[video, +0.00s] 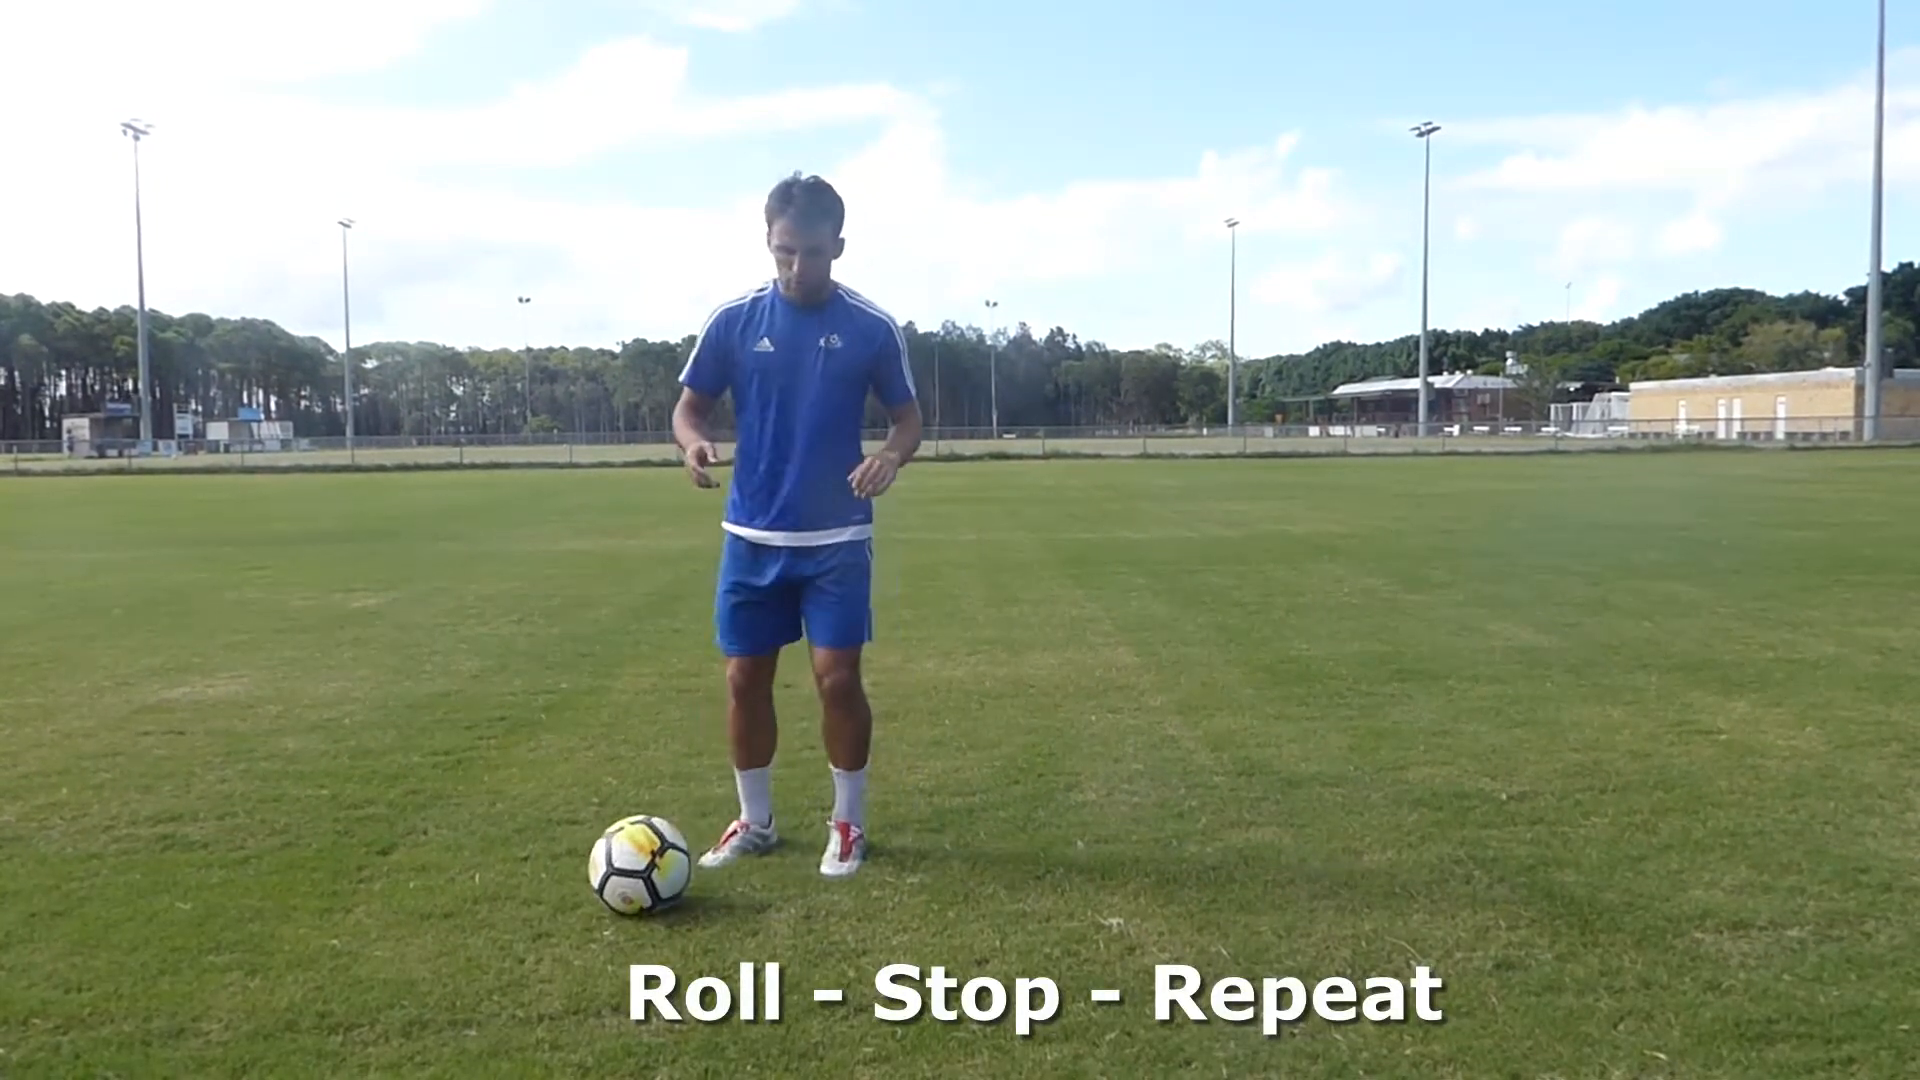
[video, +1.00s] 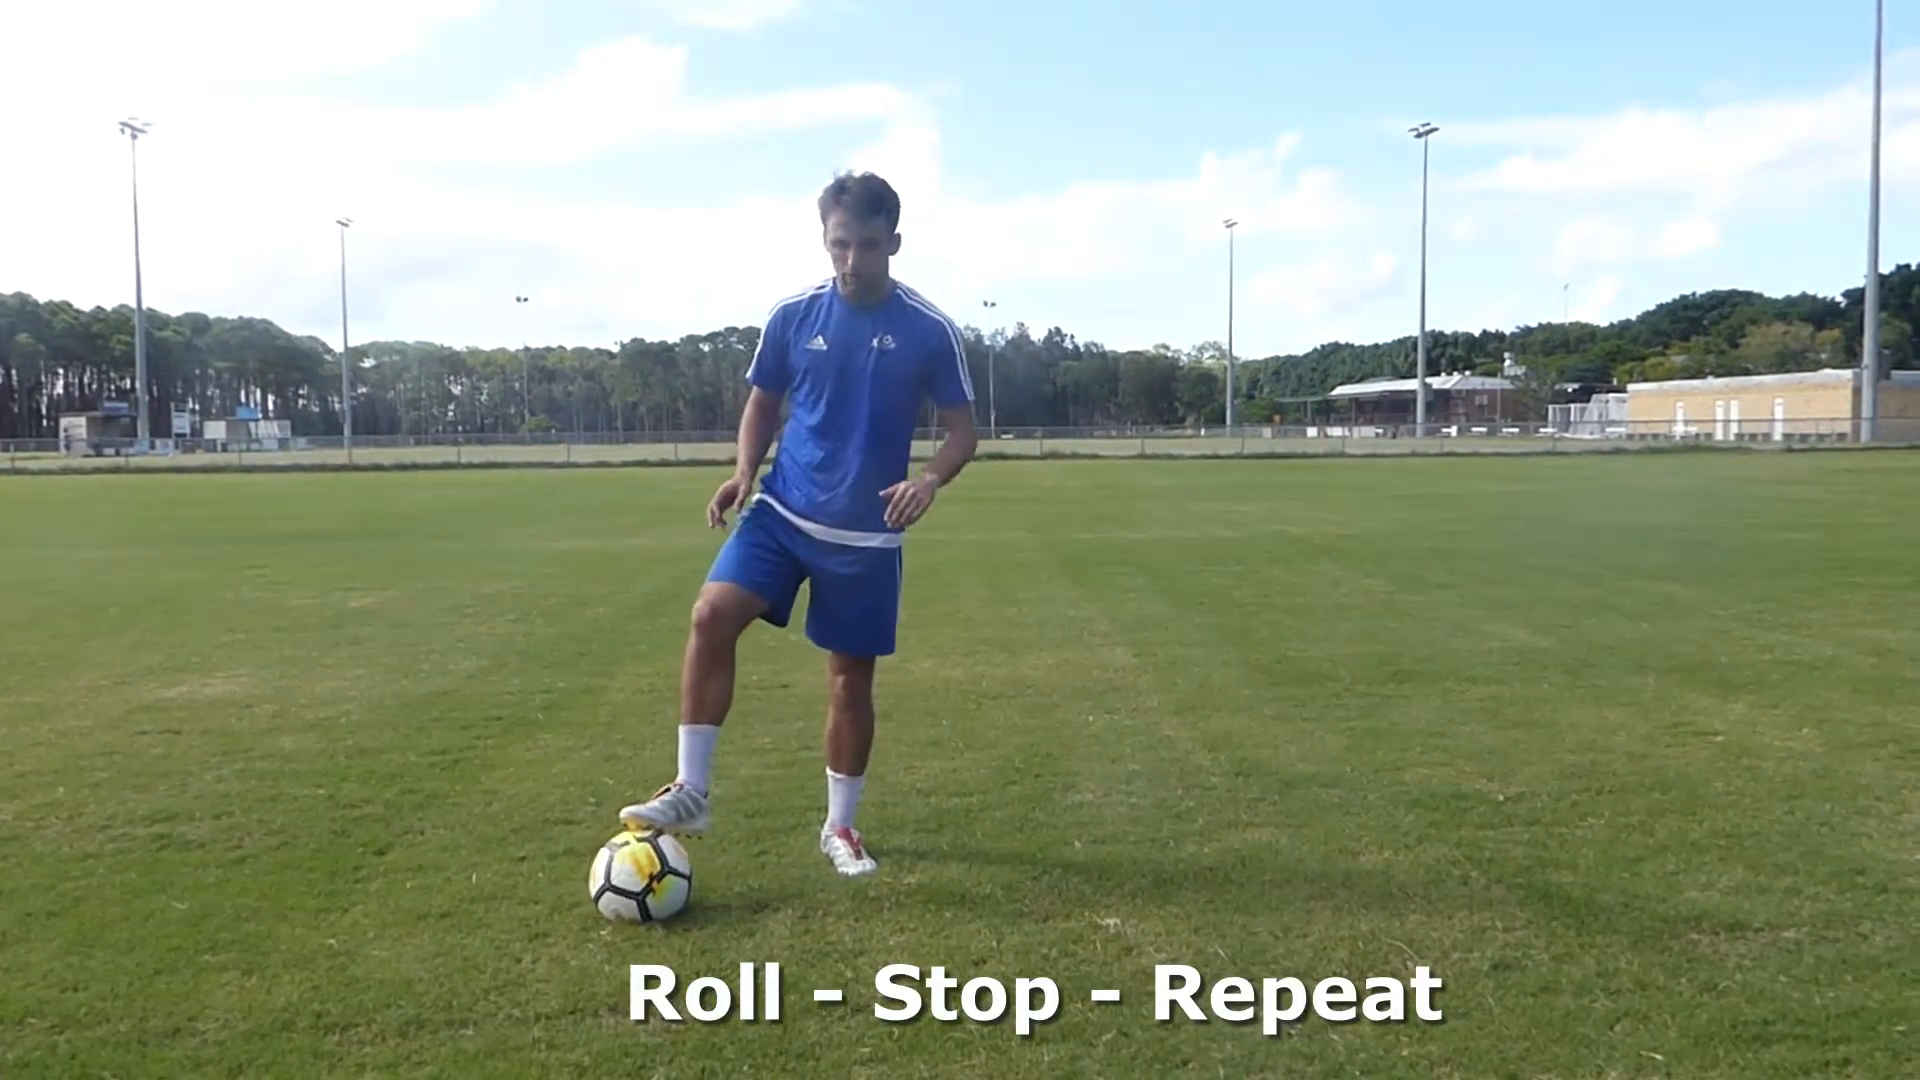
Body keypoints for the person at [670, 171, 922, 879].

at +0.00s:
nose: (794, 269)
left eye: (809, 253)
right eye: (782, 252)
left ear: (837, 245)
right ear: (766, 241)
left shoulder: (874, 331)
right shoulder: (734, 322)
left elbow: (908, 417)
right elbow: (688, 407)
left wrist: (890, 455)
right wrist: (694, 440)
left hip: (835, 537)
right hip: (751, 536)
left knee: (836, 677)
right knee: (745, 677)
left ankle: (847, 825)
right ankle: (753, 823)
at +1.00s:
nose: (849, 262)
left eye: (863, 247)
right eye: (837, 247)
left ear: (893, 240)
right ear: (823, 240)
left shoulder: (931, 333)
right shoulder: (794, 316)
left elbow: (962, 431)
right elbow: (763, 402)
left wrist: (931, 479)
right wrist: (744, 471)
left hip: (864, 538)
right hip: (781, 515)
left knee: (851, 687)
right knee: (712, 615)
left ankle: (839, 831)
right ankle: (690, 793)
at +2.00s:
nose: (915, 290)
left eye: (929, 274)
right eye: (901, 275)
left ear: (958, 258)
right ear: (886, 263)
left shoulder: (1009, 327)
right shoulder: (862, 349)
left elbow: (1059, 404)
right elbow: (833, 439)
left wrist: (1074, 462)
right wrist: (857, 524)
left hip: (1000, 545)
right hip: (918, 552)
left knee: (1014, 696)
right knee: (968, 695)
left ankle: (913, 793)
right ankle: (999, 844)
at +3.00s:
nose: (1015, 245)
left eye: (1029, 230)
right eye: (1001, 230)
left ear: (1055, 228)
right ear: (983, 233)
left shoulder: (1102, 316)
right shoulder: (959, 328)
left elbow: (1142, 401)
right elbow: (928, 419)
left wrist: (1148, 472)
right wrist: (940, 457)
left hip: (1089, 536)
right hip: (1002, 540)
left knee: (1091, 687)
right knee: (1011, 690)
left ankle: (1091, 830)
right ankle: (1003, 845)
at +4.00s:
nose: (1049, 253)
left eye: (1062, 237)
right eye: (1035, 238)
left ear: (1090, 229)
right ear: (1019, 236)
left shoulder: (1138, 318)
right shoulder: (997, 324)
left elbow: (1171, 410)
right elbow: (967, 417)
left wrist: (1157, 479)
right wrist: (992, 456)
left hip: (1097, 536)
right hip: (1012, 532)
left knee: (1090, 681)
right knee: (993, 674)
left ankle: (1090, 830)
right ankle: (985, 819)